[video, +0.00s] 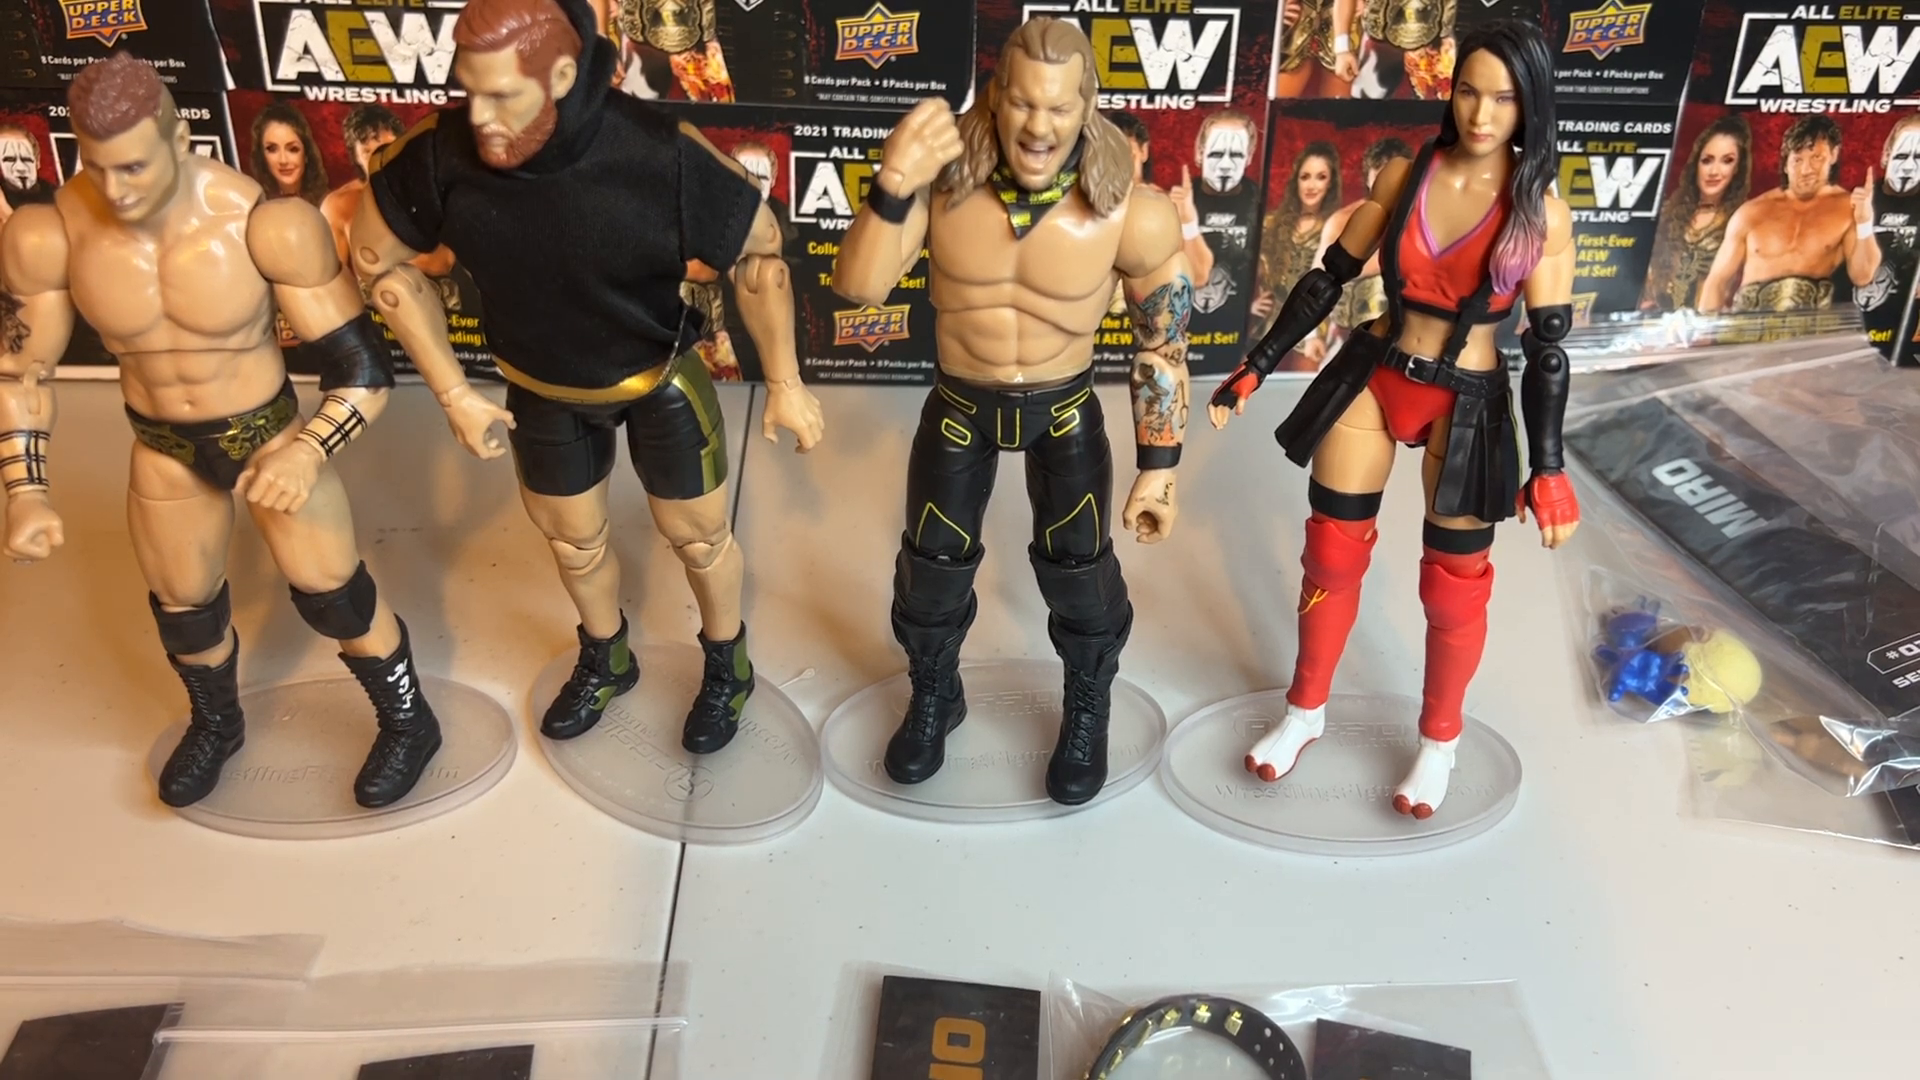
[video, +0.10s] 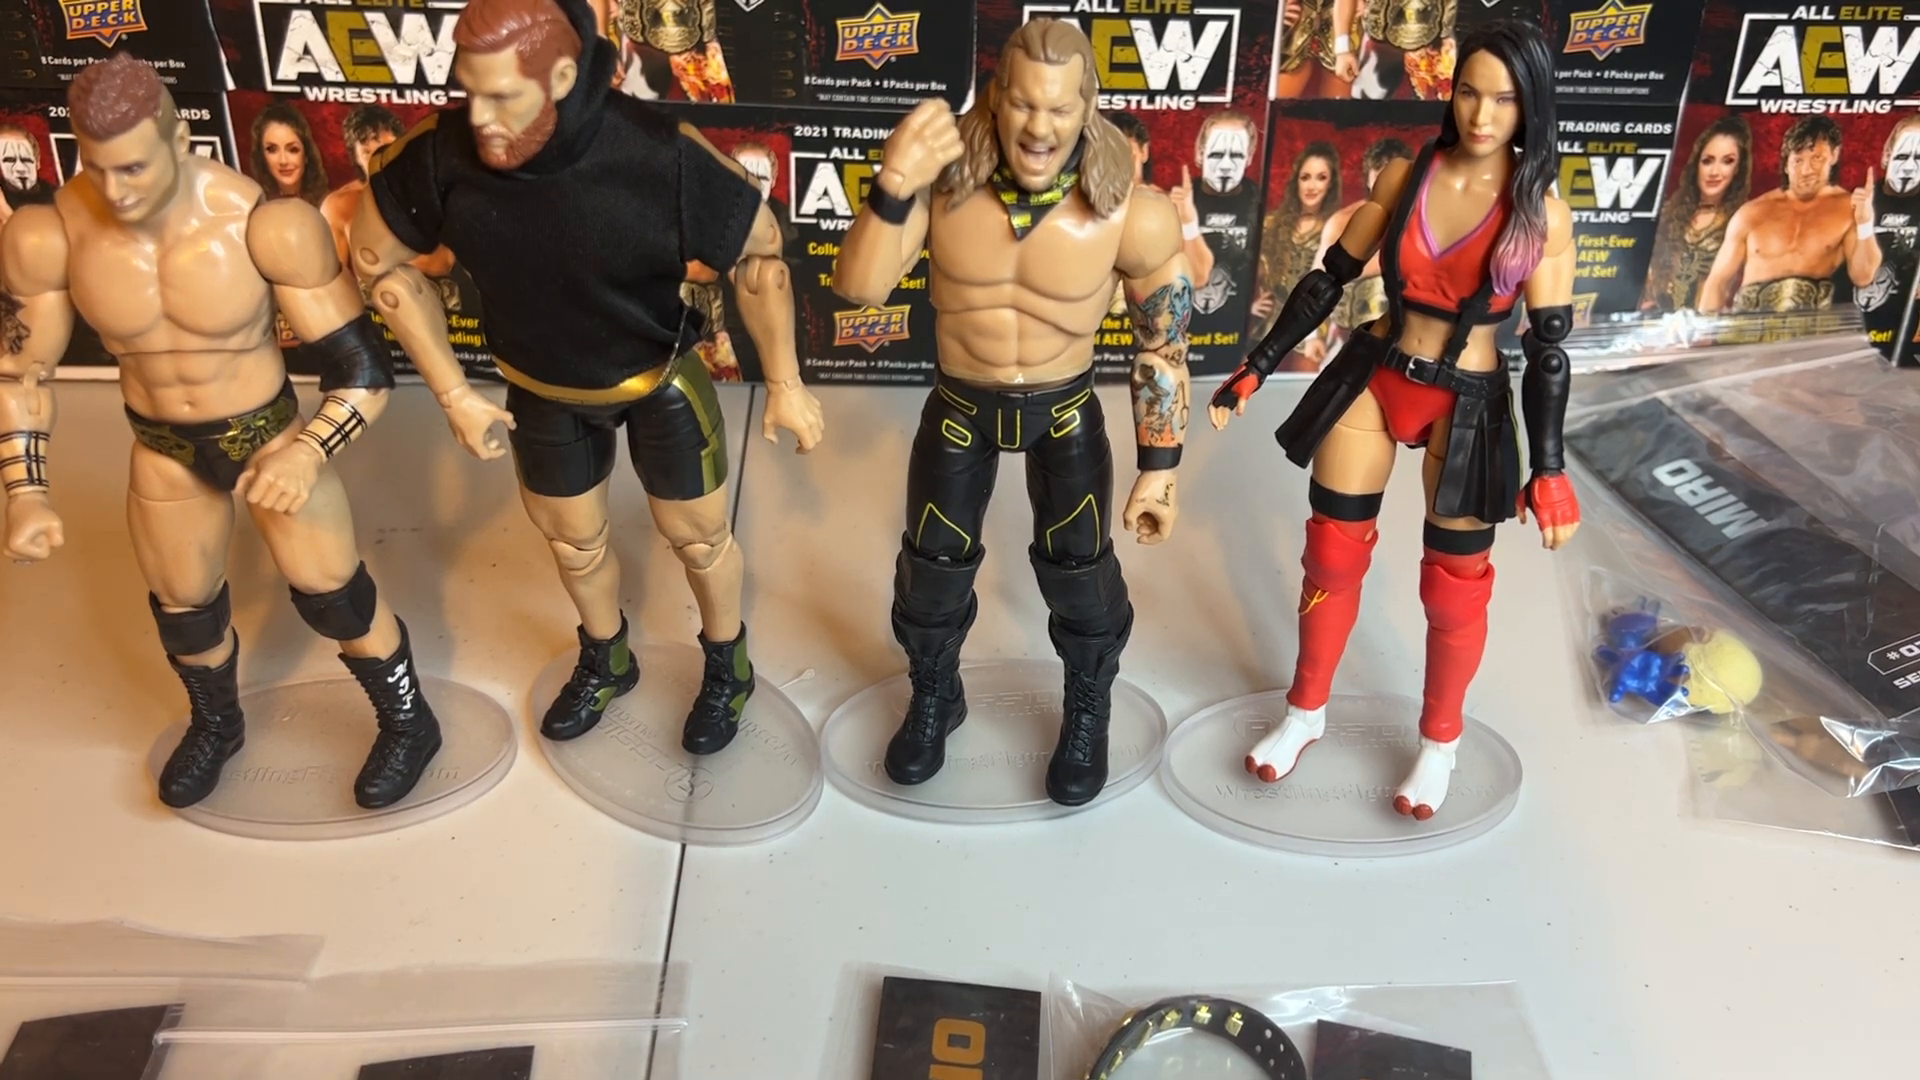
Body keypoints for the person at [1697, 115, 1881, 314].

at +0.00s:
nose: (1806, 169)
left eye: (1817, 158)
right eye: (1797, 160)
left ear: (1834, 156)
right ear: (1785, 162)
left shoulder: (1848, 206)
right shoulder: (1751, 212)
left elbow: (1862, 277)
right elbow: (1718, 281)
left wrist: (1864, 223)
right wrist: (1704, 335)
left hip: (1809, 314)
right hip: (1748, 312)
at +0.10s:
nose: (1807, 170)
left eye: (1817, 159)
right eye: (1798, 160)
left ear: (1834, 157)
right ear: (1786, 162)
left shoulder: (1848, 207)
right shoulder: (1751, 213)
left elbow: (1862, 278)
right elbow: (1718, 282)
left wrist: (1864, 224)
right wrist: (1704, 336)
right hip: (1748, 313)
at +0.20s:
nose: (1806, 169)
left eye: (1816, 158)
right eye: (1797, 160)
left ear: (1833, 156)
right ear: (1785, 162)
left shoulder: (1847, 206)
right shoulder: (1750, 212)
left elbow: (1862, 277)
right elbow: (1717, 281)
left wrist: (1864, 223)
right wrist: (1704, 335)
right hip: (1748, 313)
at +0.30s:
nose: (1806, 170)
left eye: (1817, 159)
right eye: (1798, 160)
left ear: (1834, 157)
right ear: (1786, 163)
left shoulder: (1848, 207)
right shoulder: (1751, 213)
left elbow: (1862, 278)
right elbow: (1718, 282)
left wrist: (1864, 224)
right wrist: (1704, 336)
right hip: (1748, 312)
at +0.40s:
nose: (1806, 169)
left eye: (1817, 158)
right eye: (1798, 160)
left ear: (1834, 156)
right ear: (1785, 162)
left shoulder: (1848, 206)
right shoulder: (1751, 212)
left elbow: (1862, 277)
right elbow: (1718, 281)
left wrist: (1864, 223)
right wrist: (1704, 335)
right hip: (1748, 312)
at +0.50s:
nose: (1806, 169)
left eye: (1816, 158)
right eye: (1797, 160)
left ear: (1833, 155)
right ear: (1785, 162)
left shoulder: (1847, 206)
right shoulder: (1750, 212)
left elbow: (1862, 277)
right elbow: (1717, 281)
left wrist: (1864, 223)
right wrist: (1704, 335)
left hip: (1808, 313)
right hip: (1748, 311)